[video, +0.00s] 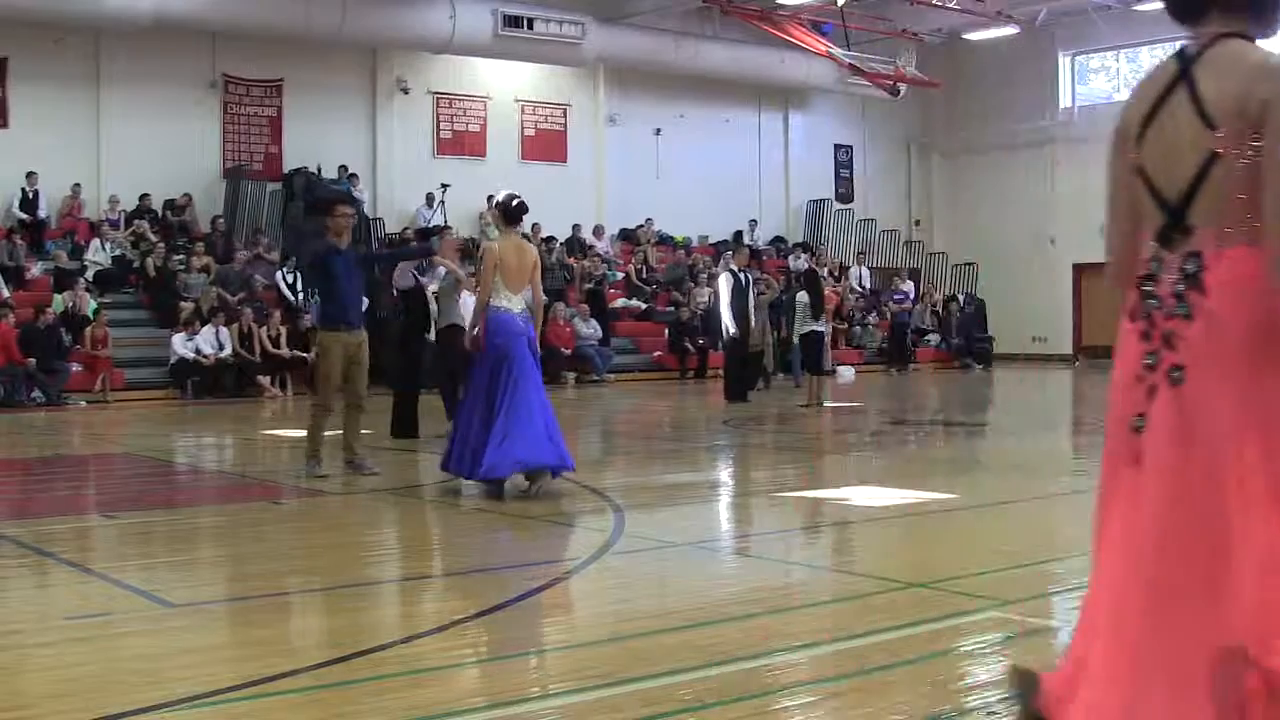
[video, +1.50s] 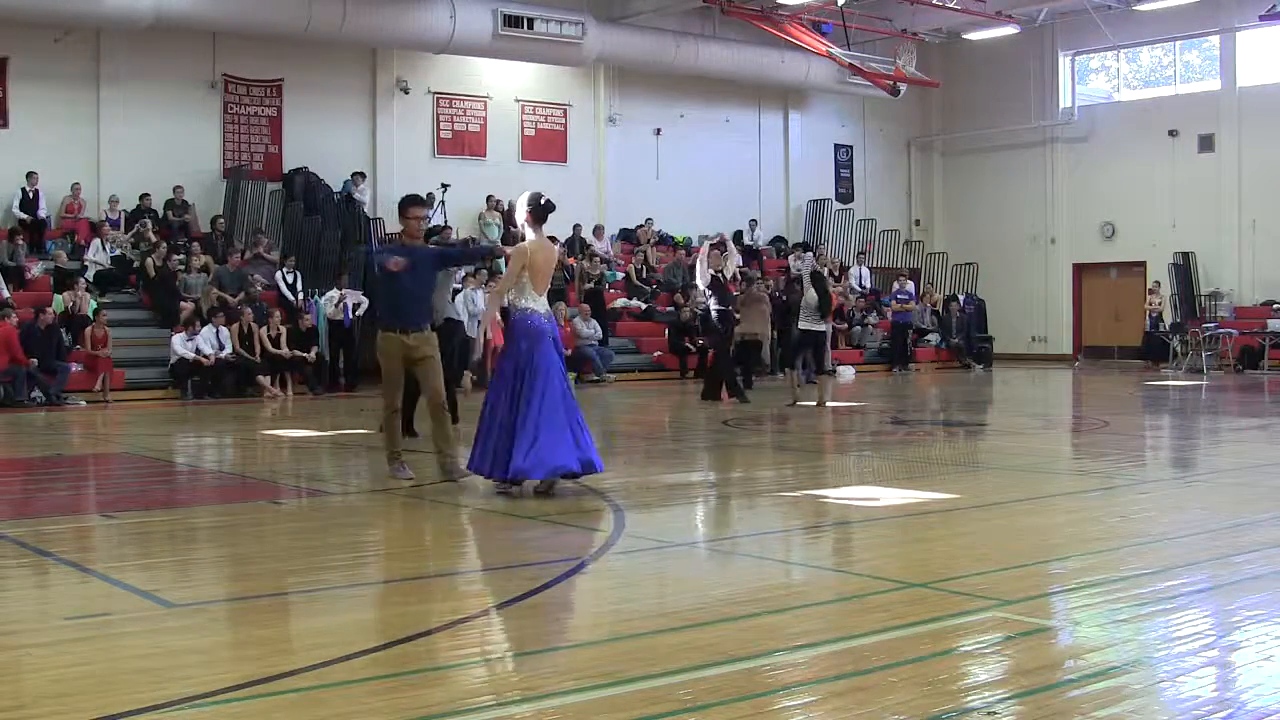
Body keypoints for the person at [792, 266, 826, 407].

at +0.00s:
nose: (802, 281)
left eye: (803, 278)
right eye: (804, 278)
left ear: (804, 280)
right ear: (817, 280)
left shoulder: (801, 295)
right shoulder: (820, 295)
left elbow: (799, 318)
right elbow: (822, 316)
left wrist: (795, 335)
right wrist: (823, 330)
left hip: (807, 332)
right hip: (820, 332)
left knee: (811, 369)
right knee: (818, 369)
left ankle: (811, 398)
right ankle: (818, 398)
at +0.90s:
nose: (801, 281)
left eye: (802, 279)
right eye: (802, 279)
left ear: (805, 279)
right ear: (817, 279)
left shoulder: (802, 294)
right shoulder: (822, 293)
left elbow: (795, 312)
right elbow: (823, 314)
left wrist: (789, 326)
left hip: (807, 331)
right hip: (820, 331)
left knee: (811, 367)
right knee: (818, 367)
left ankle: (811, 397)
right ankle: (820, 397)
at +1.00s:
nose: (801, 282)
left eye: (802, 279)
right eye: (802, 279)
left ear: (805, 279)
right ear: (817, 279)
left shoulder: (801, 293)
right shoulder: (822, 293)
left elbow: (792, 310)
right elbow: (822, 313)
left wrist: (789, 316)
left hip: (807, 331)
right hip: (820, 330)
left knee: (810, 367)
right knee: (818, 367)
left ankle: (811, 398)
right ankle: (820, 398)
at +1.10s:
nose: (800, 282)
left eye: (801, 279)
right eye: (800, 279)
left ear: (806, 279)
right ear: (817, 278)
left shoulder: (804, 291)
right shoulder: (822, 292)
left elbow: (786, 297)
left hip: (808, 331)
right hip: (820, 331)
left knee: (810, 368)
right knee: (817, 368)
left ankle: (811, 398)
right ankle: (820, 398)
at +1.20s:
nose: (804, 283)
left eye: (805, 279)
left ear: (808, 279)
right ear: (818, 278)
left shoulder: (808, 290)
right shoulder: (826, 292)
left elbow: (793, 281)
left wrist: (792, 276)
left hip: (807, 330)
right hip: (821, 330)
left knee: (802, 364)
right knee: (818, 367)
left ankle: (806, 396)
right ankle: (821, 398)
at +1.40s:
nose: (807, 281)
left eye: (808, 279)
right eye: (807, 278)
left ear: (811, 281)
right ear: (822, 280)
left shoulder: (809, 292)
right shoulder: (828, 295)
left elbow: (804, 274)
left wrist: (799, 257)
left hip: (807, 330)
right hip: (821, 331)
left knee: (795, 359)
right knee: (820, 367)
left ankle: (795, 392)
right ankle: (821, 398)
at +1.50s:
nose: (808, 282)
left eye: (809, 280)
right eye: (809, 279)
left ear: (812, 281)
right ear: (824, 282)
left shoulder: (809, 292)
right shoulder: (828, 296)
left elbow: (805, 272)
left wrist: (808, 256)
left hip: (805, 330)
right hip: (820, 331)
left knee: (791, 360)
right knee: (820, 367)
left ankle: (794, 393)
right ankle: (821, 398)